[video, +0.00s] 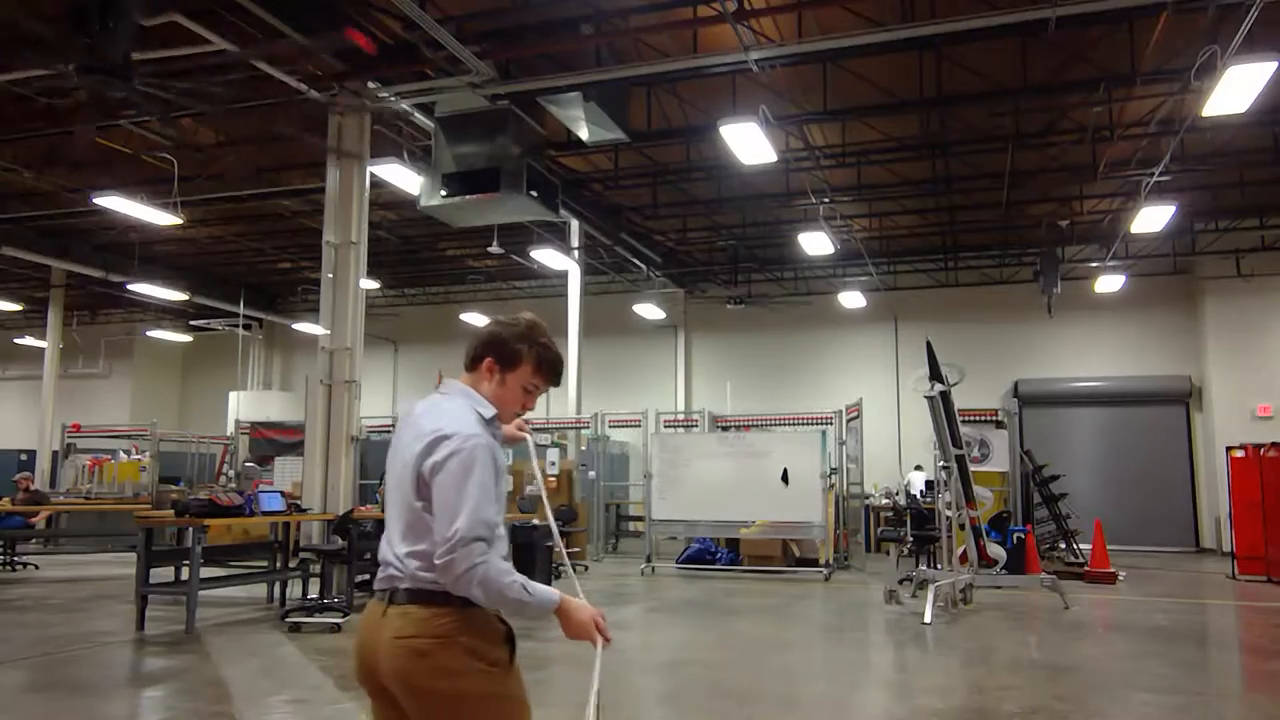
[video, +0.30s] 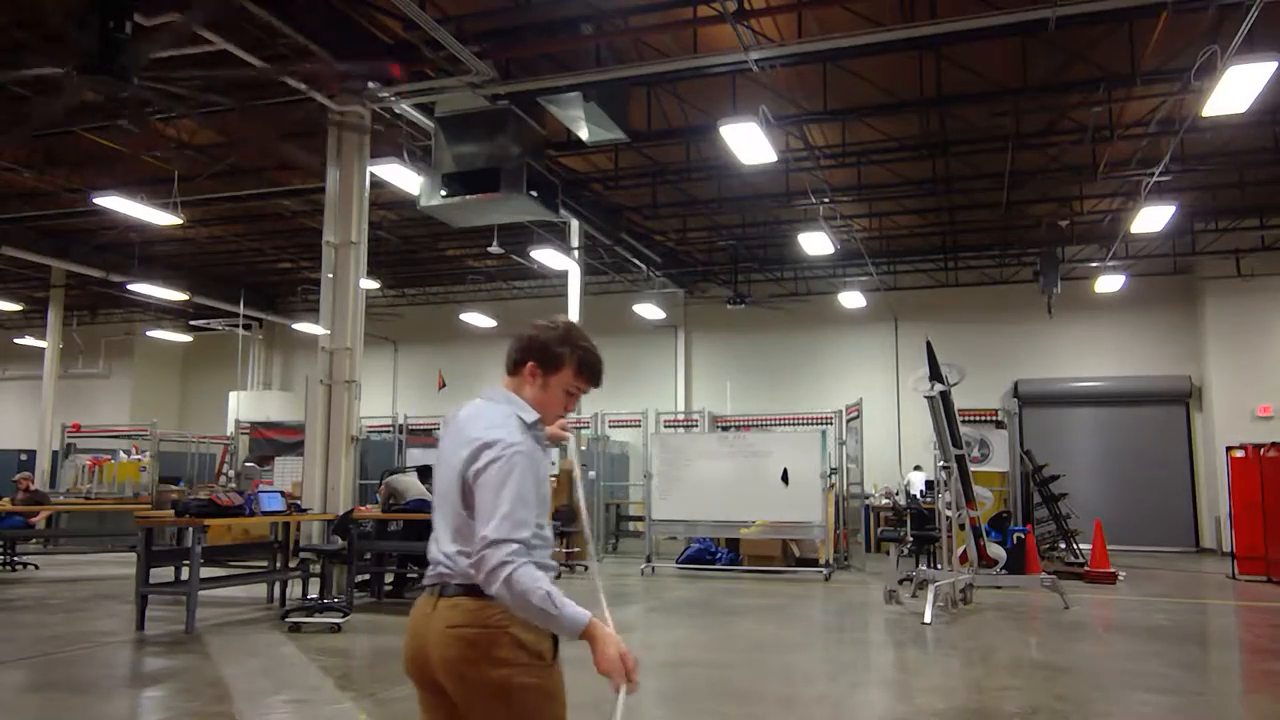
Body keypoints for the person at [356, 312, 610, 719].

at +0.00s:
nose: (530, 407)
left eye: (537, 395)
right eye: (528, 390)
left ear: (486, 370)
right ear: (490, 370)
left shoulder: (420, 413)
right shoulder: (467, 437)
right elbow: (466, 563)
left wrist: (494, 433)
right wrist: (559, 605)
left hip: (382, 622)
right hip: (442, 636)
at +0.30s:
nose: (571, 409)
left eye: (578, 398)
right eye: (570, 393)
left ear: (528, 374)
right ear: (532, 374)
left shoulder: (463, 418)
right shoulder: (511, 441)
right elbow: (503, 564)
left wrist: (537, 434)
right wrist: (590, 629)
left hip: (432, 612)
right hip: (491, 626)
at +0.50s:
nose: (607, 416)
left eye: (613, 405)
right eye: (607, 401)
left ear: (568, 379)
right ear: (573, 382)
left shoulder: (495, 415)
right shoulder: (544, 443)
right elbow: (532, 566)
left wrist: (561, 431)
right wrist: (592, 648)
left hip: (453, 608)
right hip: (506, 620)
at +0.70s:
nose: (630, 422)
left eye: (636, 413)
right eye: (633, 410)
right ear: (604, 393)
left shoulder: (519, 410)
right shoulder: (556, 457)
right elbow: (502, 571)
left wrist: (585, 437)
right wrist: (558, 650)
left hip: (463, 605)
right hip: (515, 621)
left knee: (483, 714)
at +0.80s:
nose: (627, 428)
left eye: (634, 420)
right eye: (632, 417)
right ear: (605, 398)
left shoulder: (525, 410)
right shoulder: (553, 461)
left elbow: (560, 424)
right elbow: (515, 573)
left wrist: (593, 443)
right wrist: (587, 616)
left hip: (470, 601)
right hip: (516, 619)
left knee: (488, 714)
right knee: (540, 711)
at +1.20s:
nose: (602, 417)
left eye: (606, 407)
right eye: (601, 404)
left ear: (567, 388)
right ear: (569, 388)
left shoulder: (539, 434)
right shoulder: (524, 444)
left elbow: (564, 480)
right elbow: (509, 550)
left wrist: (605, 496)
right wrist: (602, 566)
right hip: (513, 612)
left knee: (513, 712)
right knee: (536, 712)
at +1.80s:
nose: (615, 408)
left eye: (618, 398)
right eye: (613, 396)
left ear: (583, 390)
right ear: (583, 388)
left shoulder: (543, 436)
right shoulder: (545, 441)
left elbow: (546, 509)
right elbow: (523, 520)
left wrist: (585, 536)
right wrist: (555, 580)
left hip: (488, 588)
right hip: (515, 594)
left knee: (499, 713)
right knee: (552, 713)